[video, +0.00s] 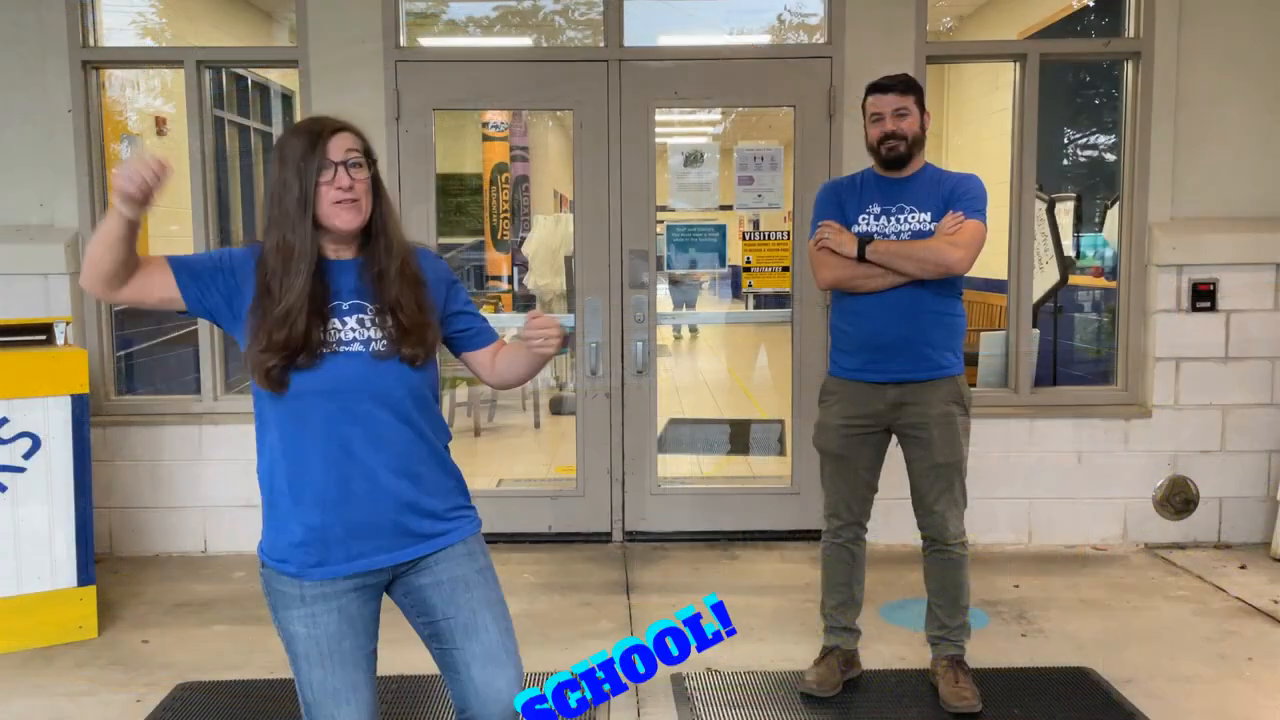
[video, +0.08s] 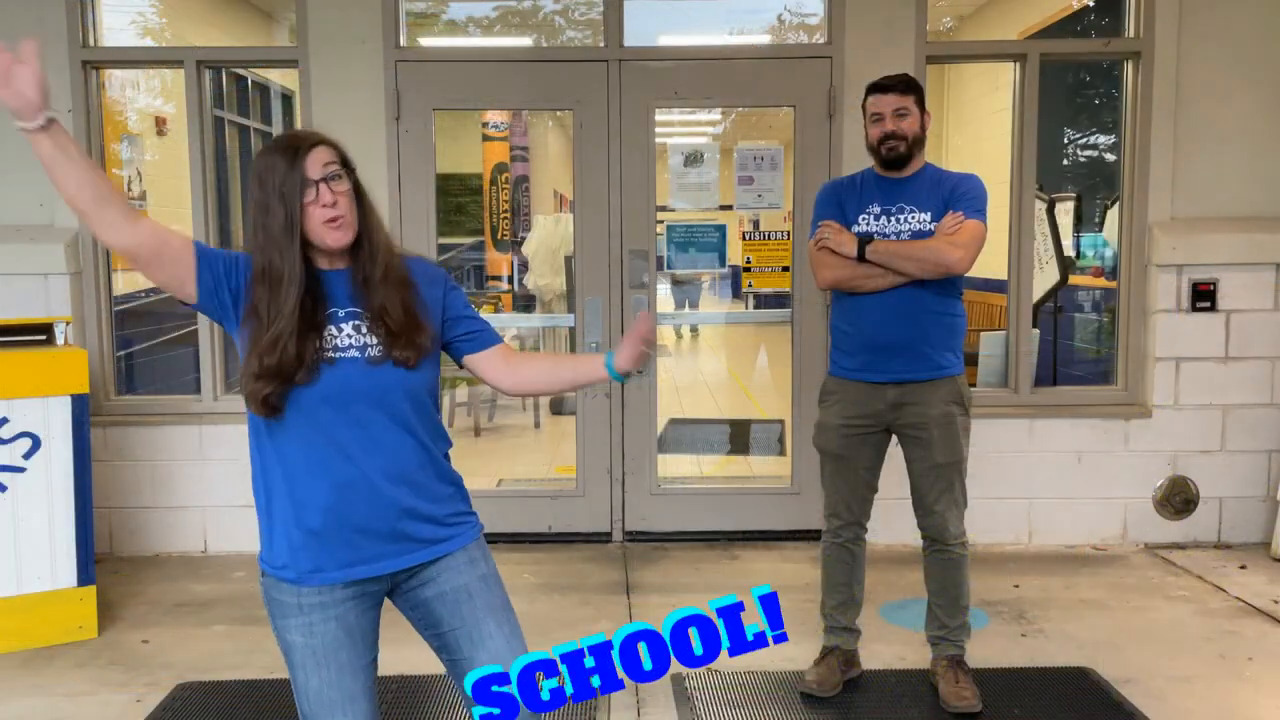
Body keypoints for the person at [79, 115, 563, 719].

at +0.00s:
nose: (347, 179)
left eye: (356, 163)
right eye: (327, 168)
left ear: (373, 179)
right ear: (296, 187)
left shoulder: (417, 270)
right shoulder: (254, 273)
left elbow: (495, 366)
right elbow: (106, 280)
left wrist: (533, 348)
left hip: (437, 536)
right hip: (314, 554)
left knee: (499, 699)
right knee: (342, 709)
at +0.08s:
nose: (332, 197)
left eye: (339, 182)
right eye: (311, 187)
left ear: (358, 193)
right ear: (280, 208)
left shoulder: (418, 284)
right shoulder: (250, 288)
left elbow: (507, 369)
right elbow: (125, 230)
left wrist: (612, 365)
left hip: (438, 545)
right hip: (313, 567)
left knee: (520, 694)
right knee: (339, 711)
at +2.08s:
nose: (332, 246)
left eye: (345, 231)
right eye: (314, 238)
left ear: (372, 245)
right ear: (292, 259)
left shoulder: (422, 339)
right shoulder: (268, 334)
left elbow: (538, 391)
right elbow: (164, 255)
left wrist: (658, 417)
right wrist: (43, 161)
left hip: (441, 598)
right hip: (333, 614)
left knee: (555, 671)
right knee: (376, 710)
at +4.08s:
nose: (338, 235)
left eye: (352, 218)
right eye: (321, 225)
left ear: (383, 229)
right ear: (301, 245)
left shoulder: (435, 315)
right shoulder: (283, 315)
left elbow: (549, 378)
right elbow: (168, 258)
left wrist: (674, 405)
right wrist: (39, 179)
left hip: (433, 575)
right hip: (321, 583)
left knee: (542, 685)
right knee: (359, 708)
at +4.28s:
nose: (355, 226)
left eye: (371, 213)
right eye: (339, 215)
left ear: (397, 232)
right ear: (317, 237)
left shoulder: (447, 319)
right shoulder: (288, 312)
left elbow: (552, 384)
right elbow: (158, 302)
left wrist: (670, 441)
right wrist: (23, 267)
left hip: (442, 564)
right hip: (326, 570)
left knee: (544, 674)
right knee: (355, 704)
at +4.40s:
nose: (378, 197)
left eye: (395, 186)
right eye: (361, 188)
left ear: (422, 214)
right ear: (339, 217)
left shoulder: (469, 308)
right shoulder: (297, 297)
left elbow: (566, 398)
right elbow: (155, 342)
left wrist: (671, 471)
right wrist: (12, 369)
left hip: (458, 557)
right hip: (332, 570)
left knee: (550, 686)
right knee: (354, 712)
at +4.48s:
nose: (396, 175)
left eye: (414, 163)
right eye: (382, 164)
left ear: (445, 187)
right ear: (361, 187)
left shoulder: (484, 288)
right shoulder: (318, 274)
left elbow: (565, 396)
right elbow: (207, 362)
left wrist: (650, 495)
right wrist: (82, 444)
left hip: (470, 538)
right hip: (344, 550)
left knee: (553, 698)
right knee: (361, 710)